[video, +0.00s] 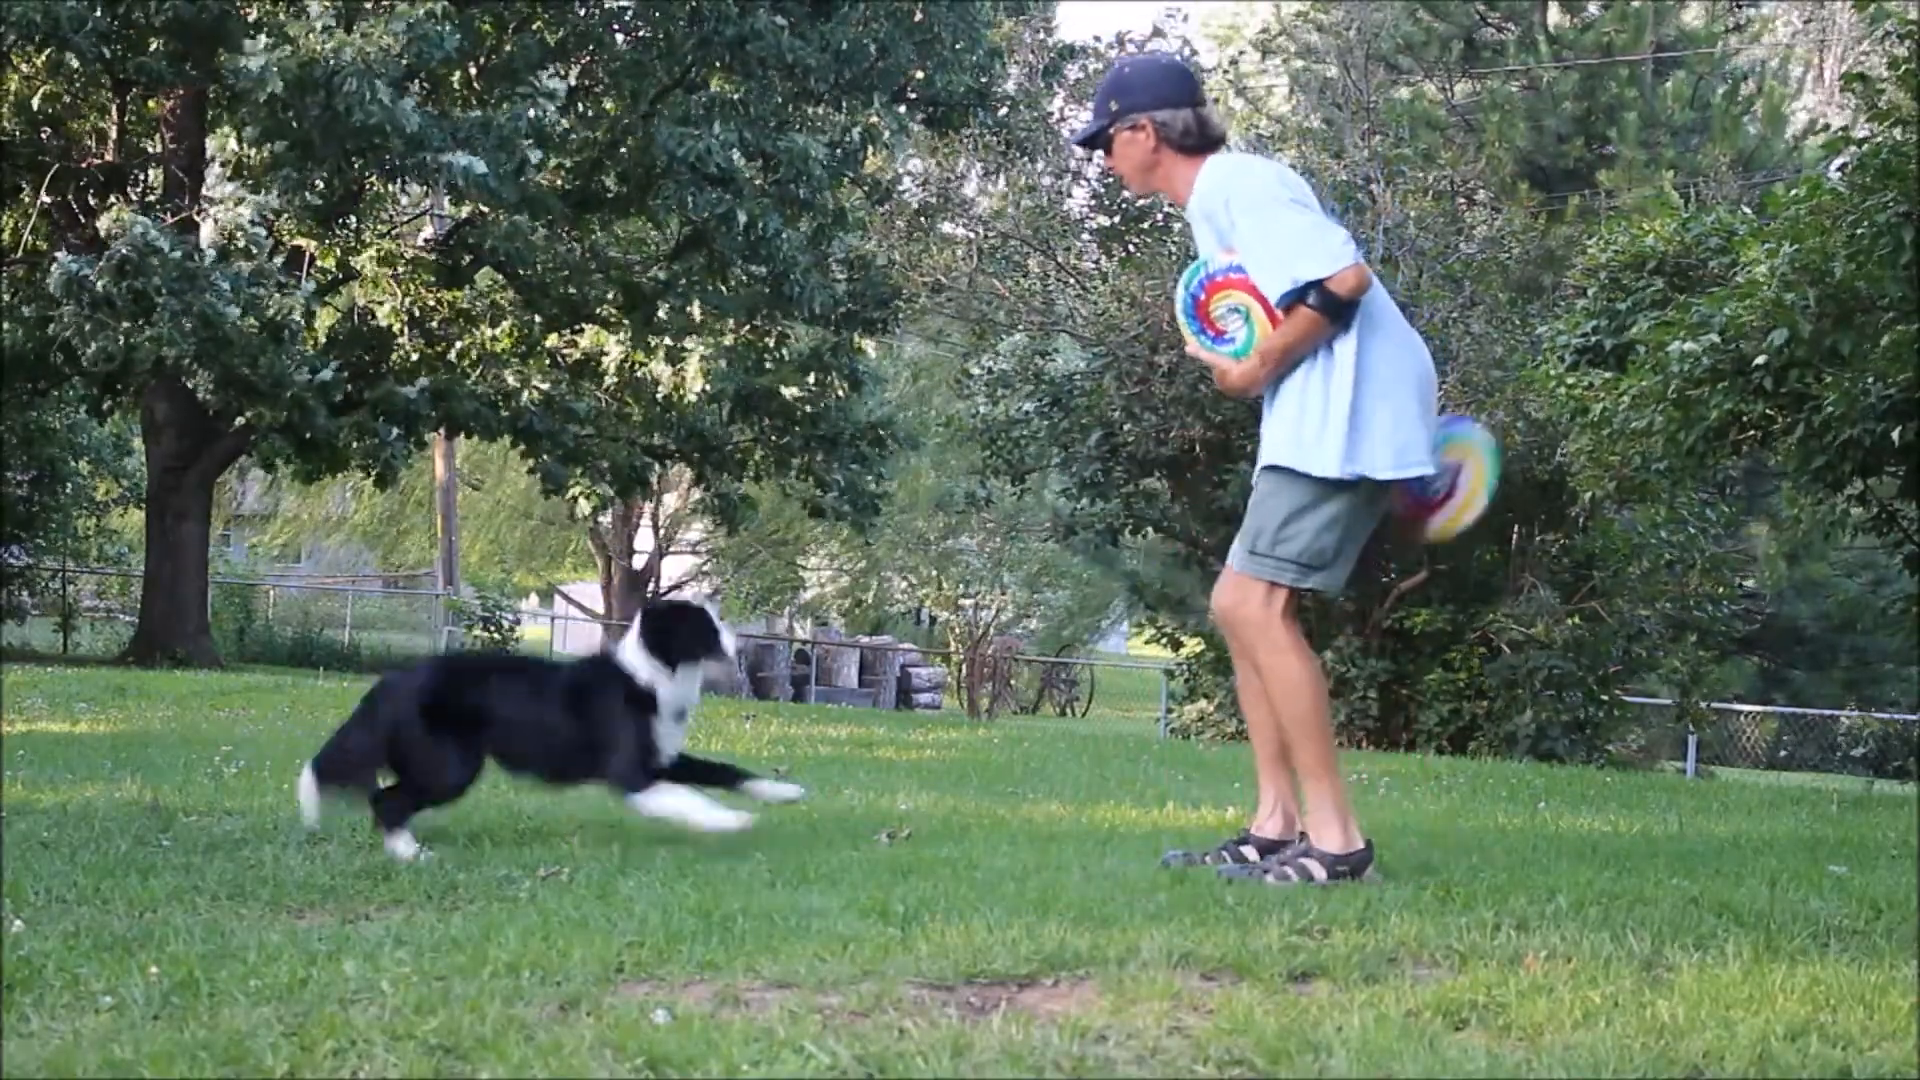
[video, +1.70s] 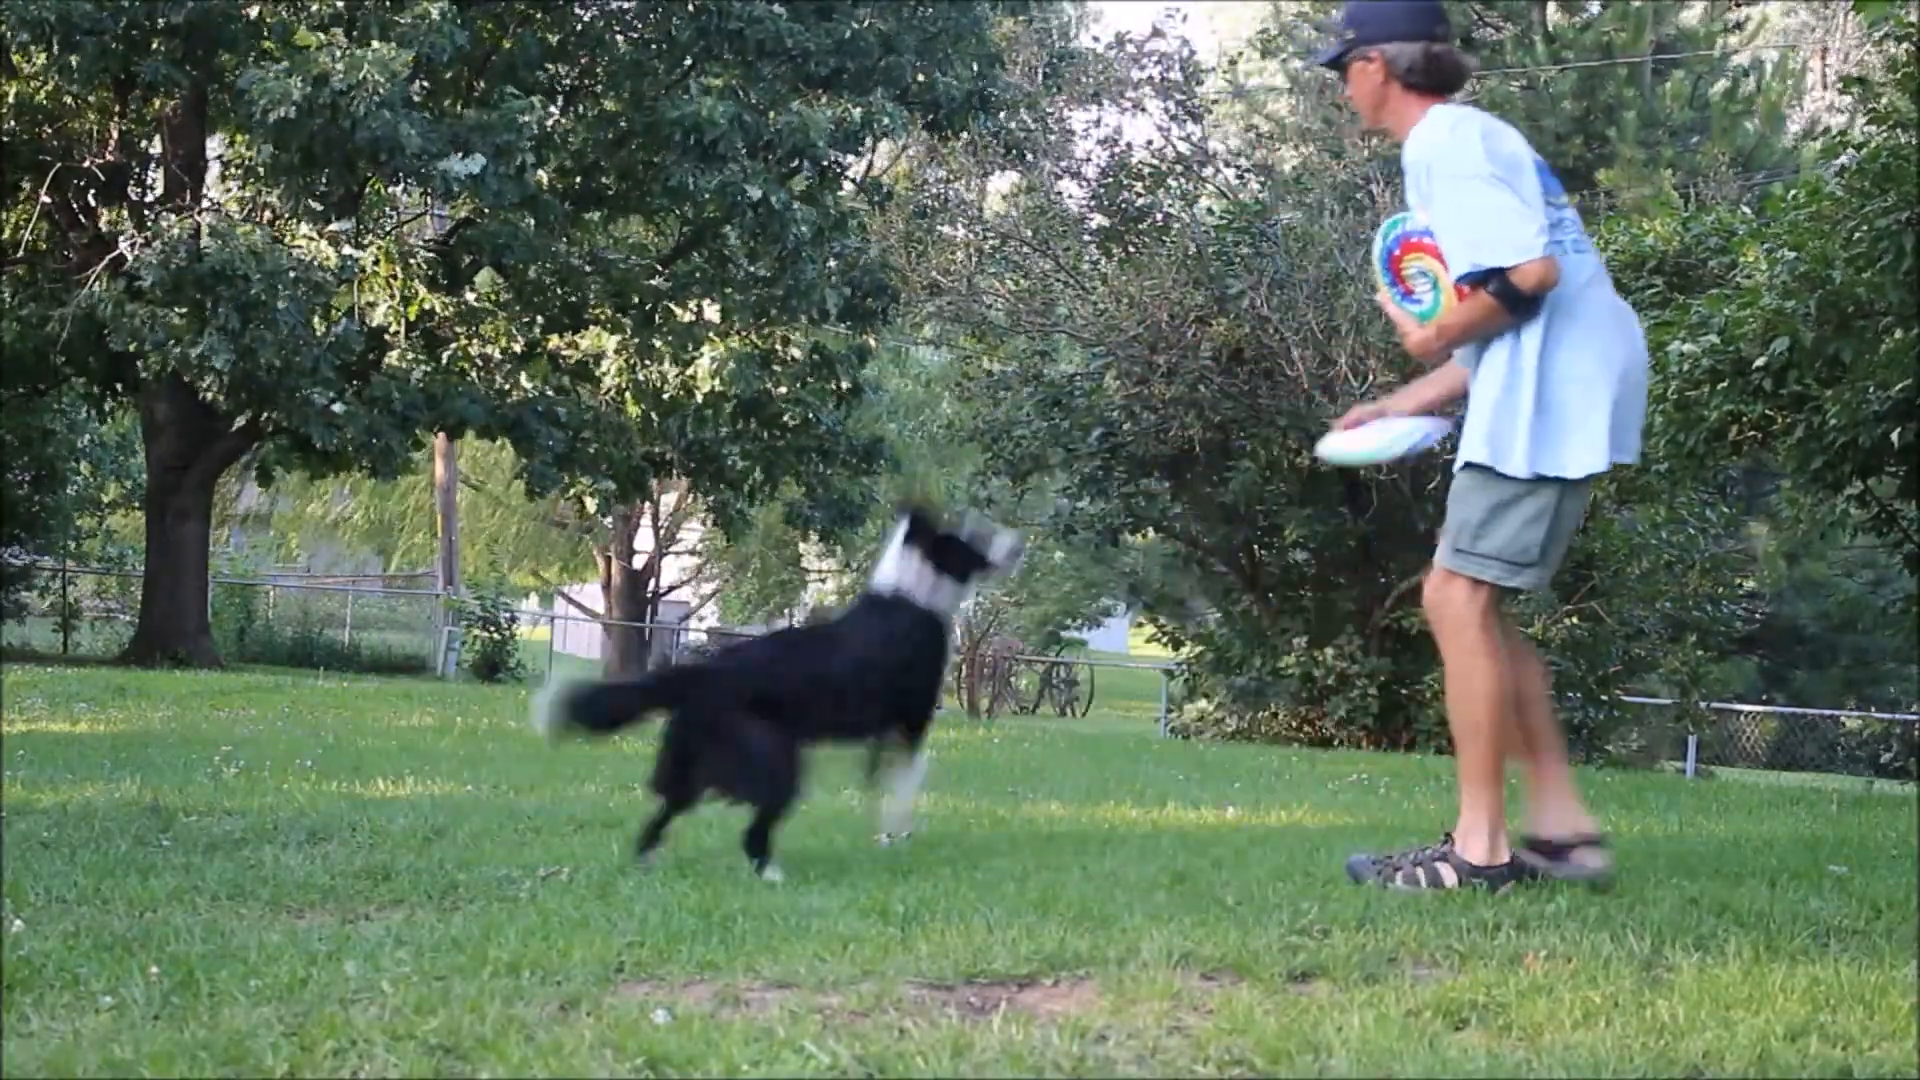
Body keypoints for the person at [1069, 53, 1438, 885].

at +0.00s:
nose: (1107, 161)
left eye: (1109, 142)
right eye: (1104, 146)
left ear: (1148, 131)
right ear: (1153, 132)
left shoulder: (1233, 183)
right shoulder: (1216, 201)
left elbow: (1341, 276)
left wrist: (1258, 366)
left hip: (1350, 421)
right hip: (1320, 422)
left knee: (1257, 606)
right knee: (1236, 606)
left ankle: (1334, 841)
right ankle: (1277, 826)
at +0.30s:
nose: (1115, 133)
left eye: (1118, 112)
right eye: (1112, 116)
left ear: (1157, 102)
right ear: (1166, 101)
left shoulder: (1237, 174)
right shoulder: (1241, 167)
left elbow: (1331, 288)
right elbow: (1339, 289)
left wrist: (1240, 361)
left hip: (1353, 401)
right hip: (1341, 397)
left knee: (1263, 601)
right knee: (1249, 598)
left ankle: (1336, 844)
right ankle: (1279, 825)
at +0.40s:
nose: (1118, 131)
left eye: (1121, 111)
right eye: (1115, 114)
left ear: (1162, 100)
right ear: (1167, 99)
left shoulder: (1242, 171)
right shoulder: (1227, 175)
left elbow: (1340, 286)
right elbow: (1316, 288)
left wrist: (1246, 362)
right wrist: (1240, 341)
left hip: (1355, 405)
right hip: (1324, 403)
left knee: (1262, 603)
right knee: (1230, 590)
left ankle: (1337, 845)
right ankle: (1282, 819)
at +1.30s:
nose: (1214, 151)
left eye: (1220, 131)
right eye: (1211, 135)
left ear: (1266, 122)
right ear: (1263, 124)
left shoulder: (1362, 188)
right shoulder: (1318, 219)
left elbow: (1472, 301)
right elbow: (1356, 375)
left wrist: (1366, 382)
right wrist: (1275, 454)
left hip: (1467, 435)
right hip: (1423, 436)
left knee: (1363, 615)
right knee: (1329, 604)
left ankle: (1469, 847)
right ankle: (1303, 832)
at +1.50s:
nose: (1289, 109)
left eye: (1292, 90)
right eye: (1287, 92)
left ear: (1328, 86)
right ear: (1354, 85)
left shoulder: (1408, 159)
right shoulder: (1397, 167)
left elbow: (1504, 289)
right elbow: (1460, 321)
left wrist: (1401, 359)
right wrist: (1366, 410)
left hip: (1518, 404)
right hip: (1496, 404)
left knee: (1419, 600)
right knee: (1399, 598)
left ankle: (1472, 849)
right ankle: (1347, 819)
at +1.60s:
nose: (1315, 95)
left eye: (1319, 76)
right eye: (1315, 78)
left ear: (1352, 74)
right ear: (1377, 71)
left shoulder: (1424, 147)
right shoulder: (1432, 147)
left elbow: (1515, 277)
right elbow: (1491, 309)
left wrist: (1418, 350)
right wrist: (1405, 411)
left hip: (1545, 389)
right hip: (1522, 388)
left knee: (1444, 589)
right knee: (1412, 572)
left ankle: (1477, 847)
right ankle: (1430, 817)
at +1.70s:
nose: (1342, 89)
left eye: (1345, 71)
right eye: (1341, 72)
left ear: (1378, 69)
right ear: (1413, 68)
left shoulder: (1445, 140)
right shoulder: (1472, 138)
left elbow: (1530, 271)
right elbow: (1510, 324)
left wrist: (1438, 335)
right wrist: (1406, 404)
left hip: (1552, 392)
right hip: (1569, 391)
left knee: (1455, 595)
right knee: (1479, 602)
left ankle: (1479, 849)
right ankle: (1564, 826)